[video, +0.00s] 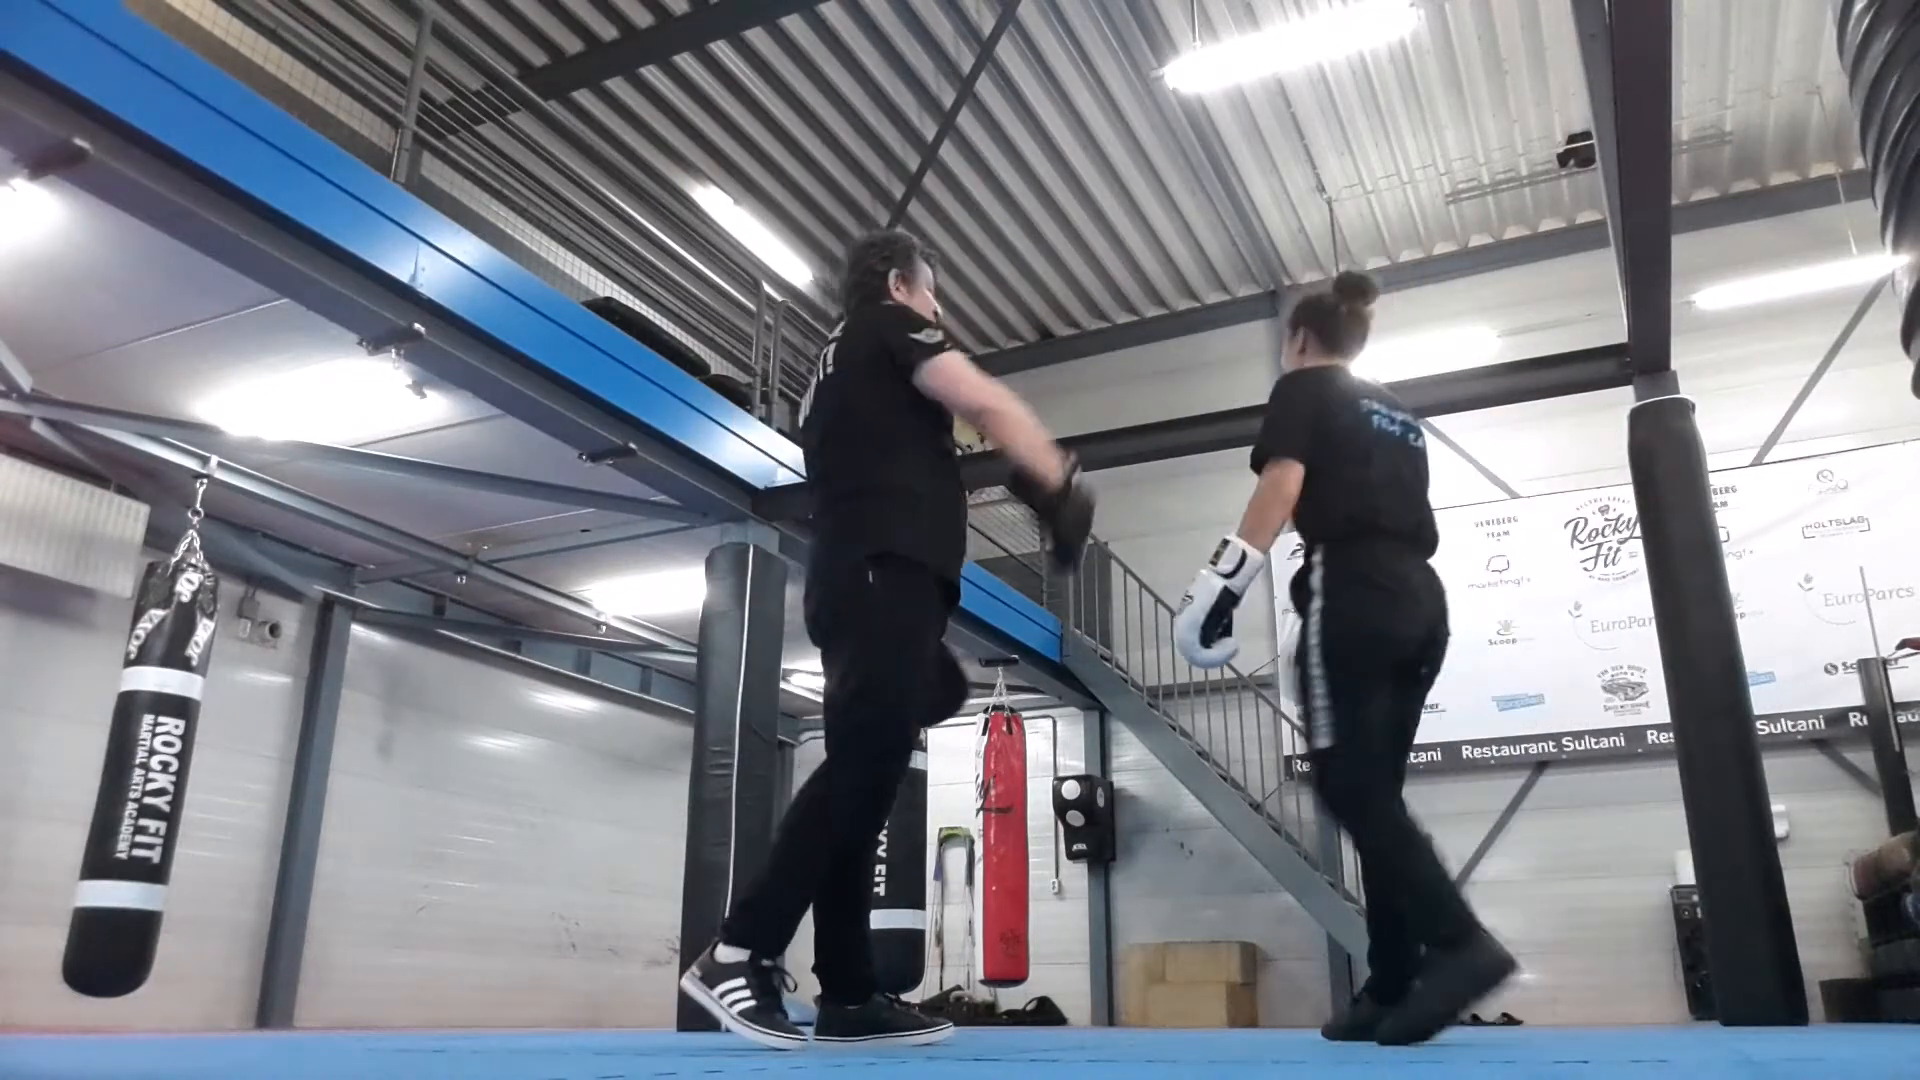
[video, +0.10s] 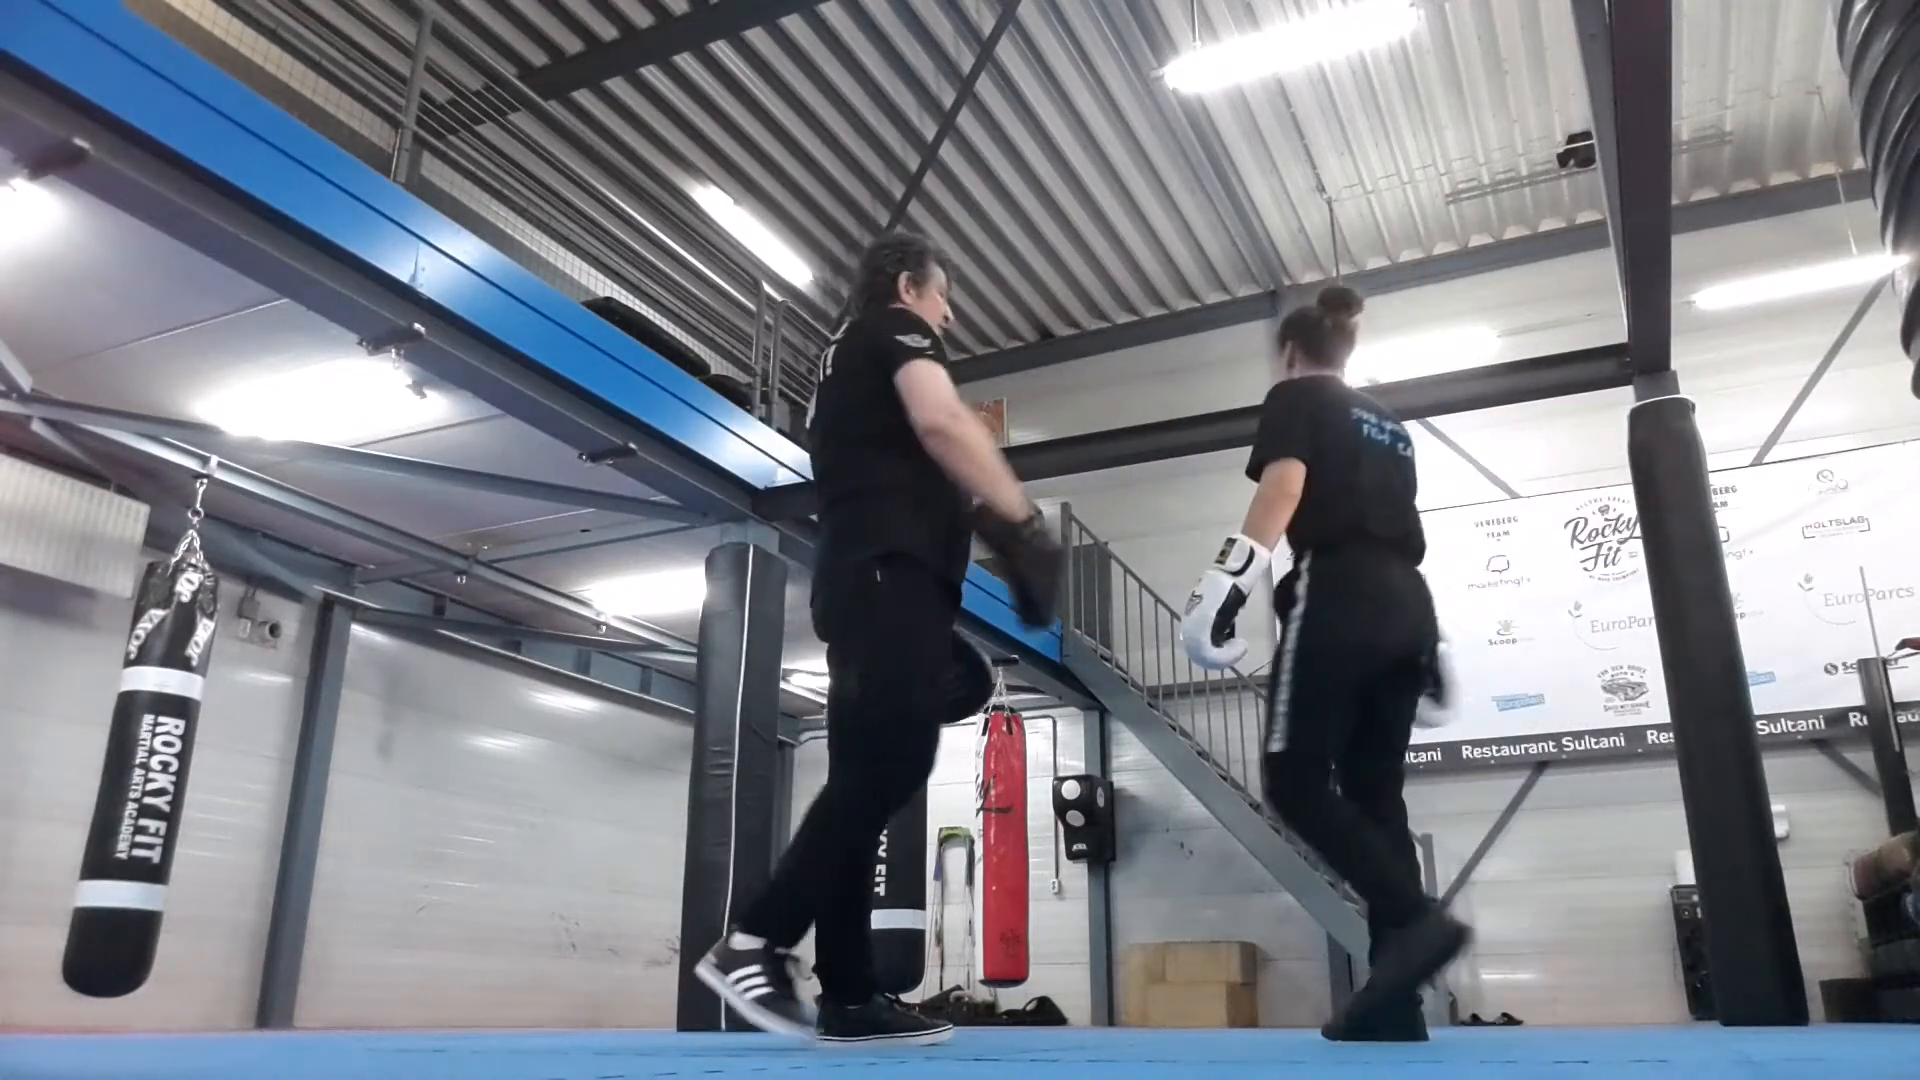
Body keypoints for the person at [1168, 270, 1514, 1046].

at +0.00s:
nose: (1283, 351)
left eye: (1284, 342)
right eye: (1285, 343)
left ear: (1299, 338)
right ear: (1354, 344)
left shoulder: (1302, 388)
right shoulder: (1393, 411)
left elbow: (1281, 485)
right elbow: (1404, 519)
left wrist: (1224, 576)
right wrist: (1329, 568)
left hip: (1350, 592)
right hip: (1418, 592)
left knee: (1347, 784)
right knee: (1376, 791)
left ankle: (1460, 947)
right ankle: (1392, 984)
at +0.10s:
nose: (1277, 367)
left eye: (1275, 358)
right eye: (1279, 360)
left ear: (1289, 353)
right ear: (1344, 355)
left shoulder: (1295, 396)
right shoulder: (1387, 421)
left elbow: (1283, 481)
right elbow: (1396, 535)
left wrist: (1230, 578)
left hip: (1337, 599)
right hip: (1407, 603)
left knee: (1293, 783)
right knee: (1375, 794)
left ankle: (1415, 922)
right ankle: (1393, 998)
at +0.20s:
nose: (1267, 381)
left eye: (1266, 372)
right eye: (1270, 372)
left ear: (1278, 366)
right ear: (1331, 365)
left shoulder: (1285, 407)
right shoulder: (1380, 437)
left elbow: (1279, 480)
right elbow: (1425, 535)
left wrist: (1231, 571)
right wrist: (1473, 616)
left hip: (1320, 610)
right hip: (1395, 617)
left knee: (1260, 780)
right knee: (1374, 802)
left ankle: (1353, 940)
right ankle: (1393, 1001)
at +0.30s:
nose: (1253, 395)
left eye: (1253, 386)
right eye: (1254, 387)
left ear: (1265, 378)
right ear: (1318, 379)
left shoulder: (1272, 414)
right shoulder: (1368, 445)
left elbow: (1268, 477)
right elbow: (1430, 523)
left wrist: (1229, 560)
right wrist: (1498, 592)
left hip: (1306, 613)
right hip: (1382, 622)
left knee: (1247, 785)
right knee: (1371, 806)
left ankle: (1288, 977)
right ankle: (1394, 1001)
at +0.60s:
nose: (1189, 435)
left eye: (1193, 422)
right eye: (1191, 423)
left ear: (1216, 418)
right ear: (1256, 421)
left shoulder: (1210, 468)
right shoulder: (1315, 475)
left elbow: (1187, 533)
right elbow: (1365, 565)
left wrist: (1144, 583)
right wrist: (1409, 633)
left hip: (1253, 656)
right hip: (1334, 652)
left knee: (1232, 824)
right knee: (1344, 822)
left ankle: (1226, 1004)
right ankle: (1392, 997)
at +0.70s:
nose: (1165, 439)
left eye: (1172, 425)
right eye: (1166, 426)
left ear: (1205, 422)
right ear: (1229, 425)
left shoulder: (1193, 478)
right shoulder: (1292, 481)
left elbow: (1162, 557)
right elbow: (1329, 575)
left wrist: (1107, 627)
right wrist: (1341, 658)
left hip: (1230, 670)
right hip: (1308, 666)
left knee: (1219, 835)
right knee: (1313, 825)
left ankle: (1222, 1003)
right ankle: (1382, 972)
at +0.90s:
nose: (1142, 432)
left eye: (1152, 420)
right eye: (1144, 419)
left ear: (1189, 423)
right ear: (1205, 427)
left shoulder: (1172, 482)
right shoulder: (1252, 485)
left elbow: (1151, 590)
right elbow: (1276, 594)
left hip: (1198, 655)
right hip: (1262, 655)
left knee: (1203, 832)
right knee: (1236, 822)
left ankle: (1222, 1001)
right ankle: (1314, 935)